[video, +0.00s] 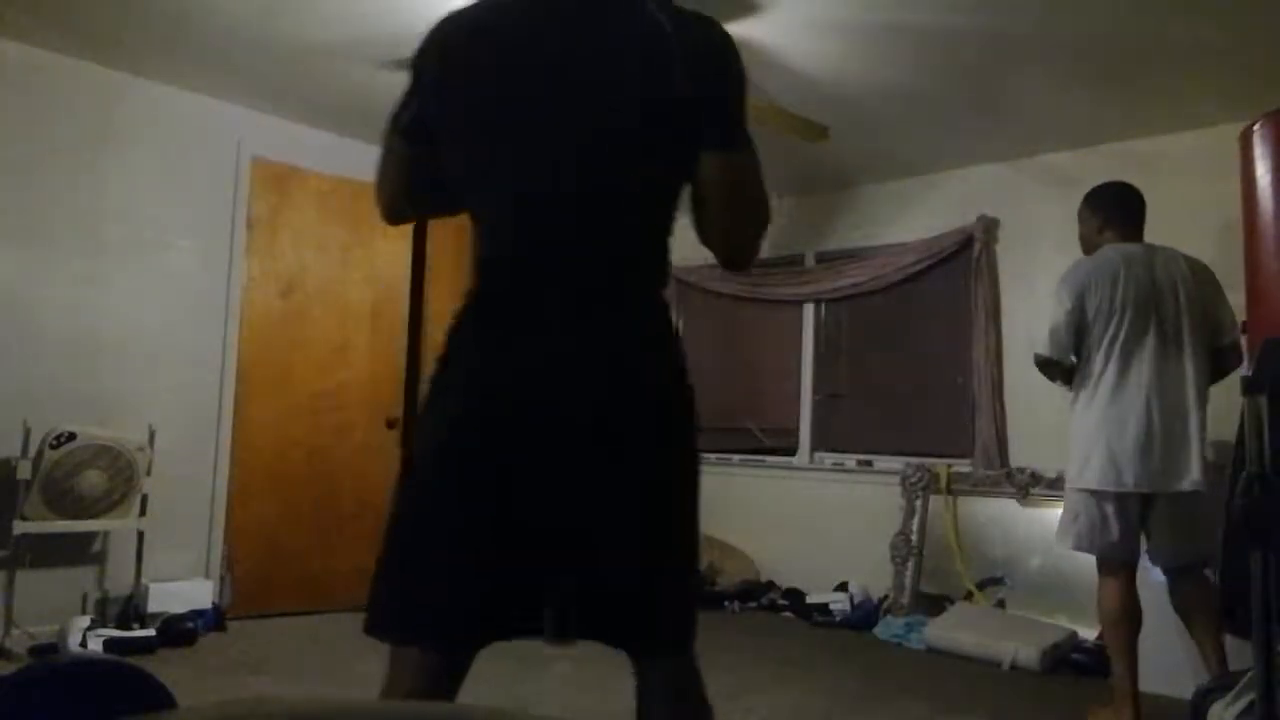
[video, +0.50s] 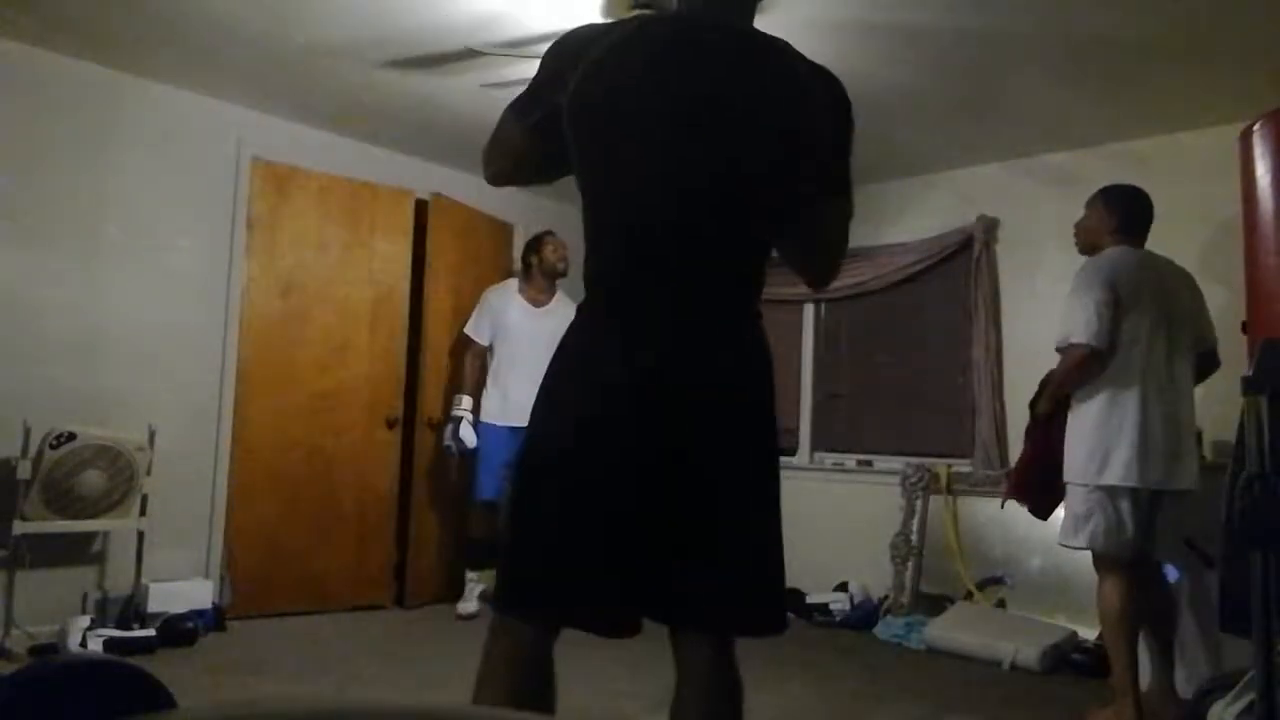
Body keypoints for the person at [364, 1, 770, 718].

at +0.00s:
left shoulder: (467, 34)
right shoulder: (690, 41)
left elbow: (397, 197)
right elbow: (737, 240)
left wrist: (514, 158)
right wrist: (691, 115)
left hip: (494, 362)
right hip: (631, 369)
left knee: (424, 658)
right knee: (665, 658)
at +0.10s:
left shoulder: (503, 45)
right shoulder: (726, 57)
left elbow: (435, 196)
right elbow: (768, 243)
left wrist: (546, 155)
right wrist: (722, 125)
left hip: (531, 365)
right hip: (659, 370)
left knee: (455, 649)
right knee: (675, 653)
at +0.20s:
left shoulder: (534, 48)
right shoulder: (757, 67)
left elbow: (471, 192)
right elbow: (791, 247)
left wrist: (576, 151)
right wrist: (779, 136)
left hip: (559, 361)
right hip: (686, 367)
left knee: (477, 636)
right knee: (686, 646)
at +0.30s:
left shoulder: (562, 50)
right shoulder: (783, 76)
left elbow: (490, 181)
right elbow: (807, 252)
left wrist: (601, 144)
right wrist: (749, 144)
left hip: (581, 359)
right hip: (705, 366)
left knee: (489, 632)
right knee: (694, 640)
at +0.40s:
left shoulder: (579, 52)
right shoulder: (797, 82)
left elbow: (499, 171)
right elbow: (815, 255)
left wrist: (601, 114)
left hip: (594, 360)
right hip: (716, 369)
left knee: (507, 622)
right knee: (700, 639)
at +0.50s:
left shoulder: (594, 54)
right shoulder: (808, 89)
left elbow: (504, 162)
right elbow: (819, 260)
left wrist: (607, 106)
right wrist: (754, 161)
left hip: (602, 363)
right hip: (723, 373)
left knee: (523, 620)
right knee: (705, 636)